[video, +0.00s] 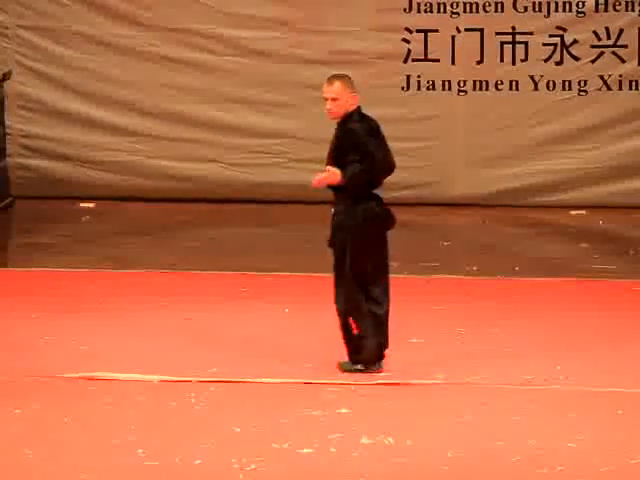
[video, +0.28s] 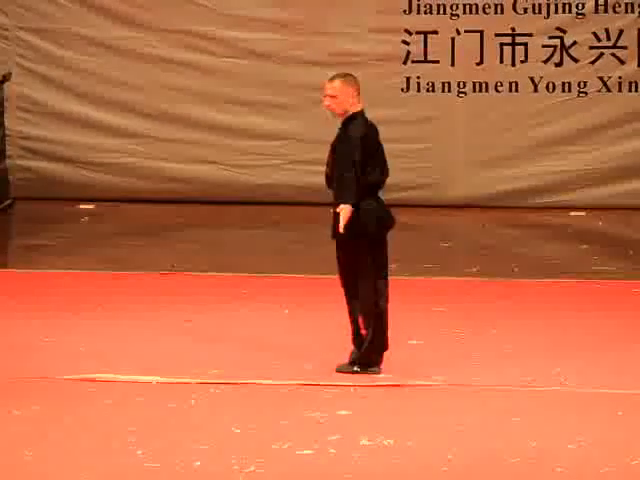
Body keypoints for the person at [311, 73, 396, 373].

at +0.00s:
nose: (328, 106)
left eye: (334, 100)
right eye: (326, 100)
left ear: (353, 98)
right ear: (328, 100)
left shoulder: (359, 126)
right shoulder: (350, 126)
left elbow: (382, 164)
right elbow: (377, 165)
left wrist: (343, 177)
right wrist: (339, 178)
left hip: (361, 219)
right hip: (357, 217)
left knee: (354, 288)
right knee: (365, 286)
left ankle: (367, 354)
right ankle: (366, 352)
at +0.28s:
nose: (326, 102)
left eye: (332, 96)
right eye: (325, 96)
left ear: (353, 96)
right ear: (351, 98)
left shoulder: (353, 130)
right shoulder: (362, 127)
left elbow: (352, 170)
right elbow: (379, 170)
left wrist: (347, 202)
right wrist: (357, 197)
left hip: (358, 216)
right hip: (368, 214)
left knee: (359, 284)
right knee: (368, 283)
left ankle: (367, 352)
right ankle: (370, 349)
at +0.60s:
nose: (323, 97)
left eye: (328, 91)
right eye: (325, 91)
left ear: (343, 94)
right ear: (346, 95)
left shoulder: (351, 128)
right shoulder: (359, 125)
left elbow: (354, 171)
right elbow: (374, 169)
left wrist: (352, 205)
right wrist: (358, 201)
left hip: (353, 219)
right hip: (362, 217)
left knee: (357, 285)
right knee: (361, 285)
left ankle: (365, 352)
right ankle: (366, 348)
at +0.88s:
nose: (320, 96)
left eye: (324, 90)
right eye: (321, 90)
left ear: (340, 93)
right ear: (344, 94)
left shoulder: (349, 129)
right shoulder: (357, 125)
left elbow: (351, 170)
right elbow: (371, 170)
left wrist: (349, 203)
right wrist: (355, 201)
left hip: (350, 221)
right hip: (360, 218)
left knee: (353, 286)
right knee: (358, 285)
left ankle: (363, 353)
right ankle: (363, 349)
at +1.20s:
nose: (320, 97)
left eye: (323, 91)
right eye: (321, 90)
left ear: (339, 93)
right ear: (342, 94)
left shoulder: (347, 128)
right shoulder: (356, 125)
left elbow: (350, 171)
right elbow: (369, 170)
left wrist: (347, 204)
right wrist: (357, 200)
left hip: (346, 221)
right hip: (359, 219)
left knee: (349, 287)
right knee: (359, 285)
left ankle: (358, 352)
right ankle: (365, 345)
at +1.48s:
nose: (320, 98)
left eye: (323, 93)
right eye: (321, 92)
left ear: (340, 95)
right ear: (343, 96)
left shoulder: (348, 130)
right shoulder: (356, 126)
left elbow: (350, 173)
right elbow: (370, 171)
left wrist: (346, 206)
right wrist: (355, 201)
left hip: (347, 222)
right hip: (358, 220)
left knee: (349, 288)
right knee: (356, 286)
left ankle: (357, 353)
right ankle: (362, 347)